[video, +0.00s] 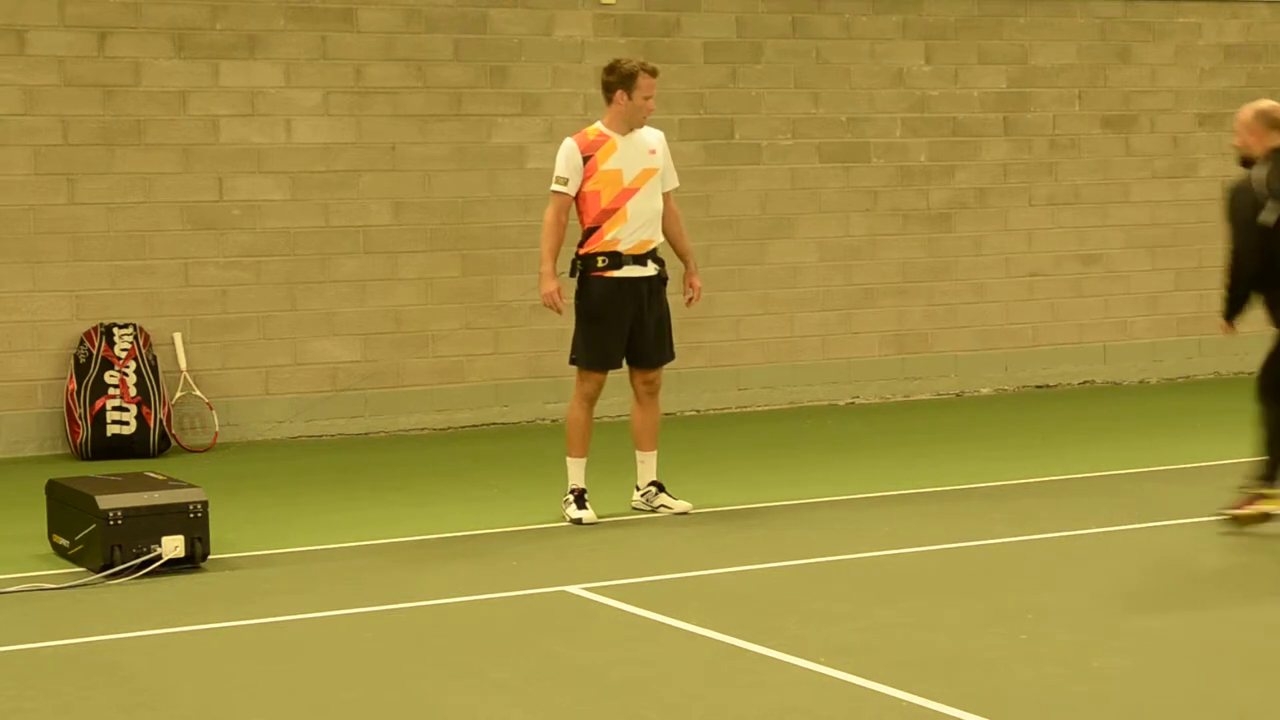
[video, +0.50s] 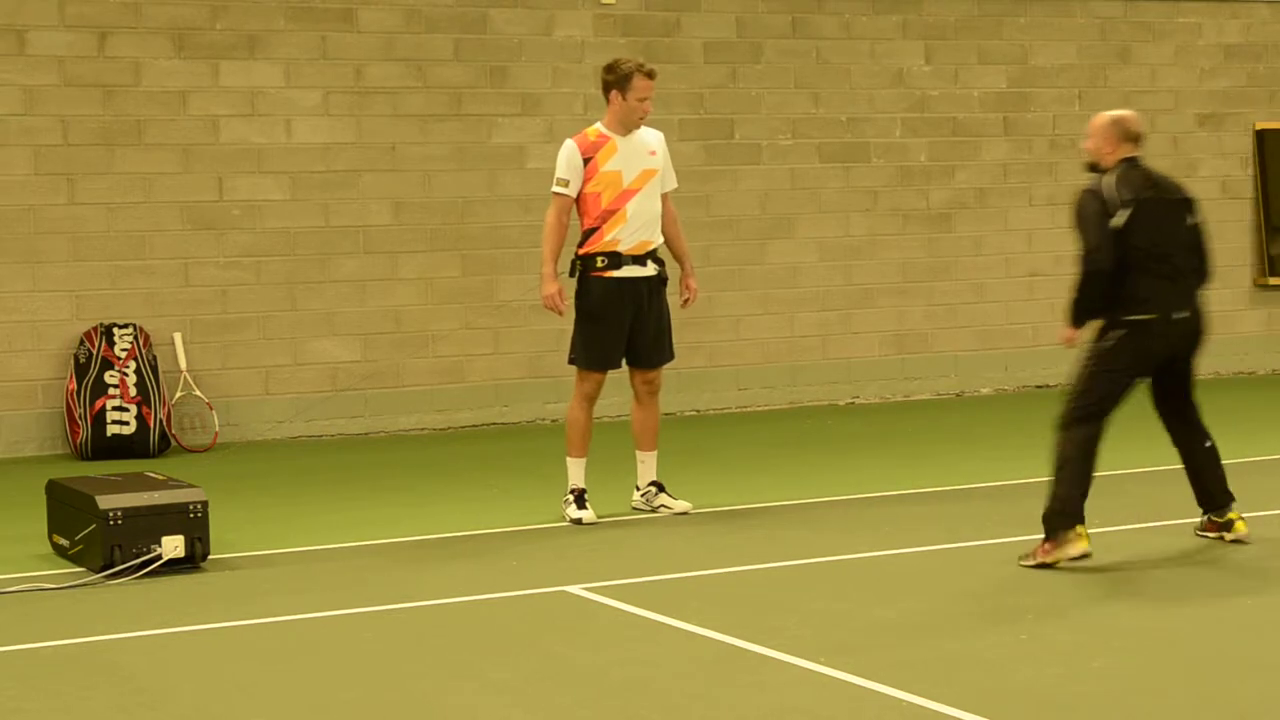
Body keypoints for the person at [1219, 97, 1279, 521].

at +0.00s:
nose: (1235, 140)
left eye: (1241, 133)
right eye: (1237, 132)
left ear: (1262, 135)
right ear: (1269, 133)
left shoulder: (1254, 186)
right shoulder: (1258, 183)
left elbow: (1246, 255)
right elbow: (1246, 256)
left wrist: (1232, 308)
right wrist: (1233, 307)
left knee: (1271, 382)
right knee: (1272, 383)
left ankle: (1269, 481)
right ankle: (1268, 480)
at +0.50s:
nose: (1085, 147)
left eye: (1091, 139)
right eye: (1087, 138)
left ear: (1113, 144)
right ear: (1129, 145)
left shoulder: (1098, 194)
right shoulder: (1173, 191)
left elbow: (1101, 261)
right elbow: (1198, 264)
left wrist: (1077, 317)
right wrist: (1166, 293)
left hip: (1129, 329)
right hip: (1181, 324)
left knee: (1080, 419)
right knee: (1180, 412)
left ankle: (1063, 531)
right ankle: (1222, 513)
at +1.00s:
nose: (950, 132)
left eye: (954, 124)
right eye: (953, 123)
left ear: (966, 128)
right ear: (996, 130)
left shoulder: (953, 182)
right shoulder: (1039, 183)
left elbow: (944, 250)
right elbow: (1071, 260)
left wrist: (919, 306)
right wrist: (1039, 304)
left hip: (976, 320)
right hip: (1034, 323)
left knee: (924, 416)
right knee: (994, 425)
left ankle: (889, 533)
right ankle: (1014, 539)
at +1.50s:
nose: (919, 199)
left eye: (922, 192)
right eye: (922, 190)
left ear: (934, 195)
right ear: (964, 196)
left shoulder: (907, 242)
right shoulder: (1005, 245)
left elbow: (878, 307)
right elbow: (1044, 316)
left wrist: (864, 357)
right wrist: (1071, 380)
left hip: (940, 371)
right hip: (1006, 375)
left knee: (871, 459)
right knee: (967, 436)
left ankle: (845, 564)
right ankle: (1007, 538)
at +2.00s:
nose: (1059, 126)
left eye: (1065, 118)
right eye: (1061, 117)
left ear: (1085, 122)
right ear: (1106, 122)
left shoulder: (1063, 176)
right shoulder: (1147, 175)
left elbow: (1050, 246)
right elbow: (1156, 245)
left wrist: (1024, 310)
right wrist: (1130, 286)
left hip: (1092, 318)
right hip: (1151, 315)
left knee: (1087, 408)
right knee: (1132, 408)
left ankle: (1125, 508)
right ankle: (1123, 511)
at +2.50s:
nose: (1166, 151)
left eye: (1172, 144)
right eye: (1169, 143)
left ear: (1192, 149)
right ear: (1213, 151)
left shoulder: (1174, 205)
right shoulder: (1263, 195)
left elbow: (1166, 282)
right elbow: (1274, 263)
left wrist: (1174, 337)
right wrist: (1264, 313)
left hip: (1209, 332)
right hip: (1269, 332)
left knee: (1154, 419)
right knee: (1273, 422)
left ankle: (1140, 522)